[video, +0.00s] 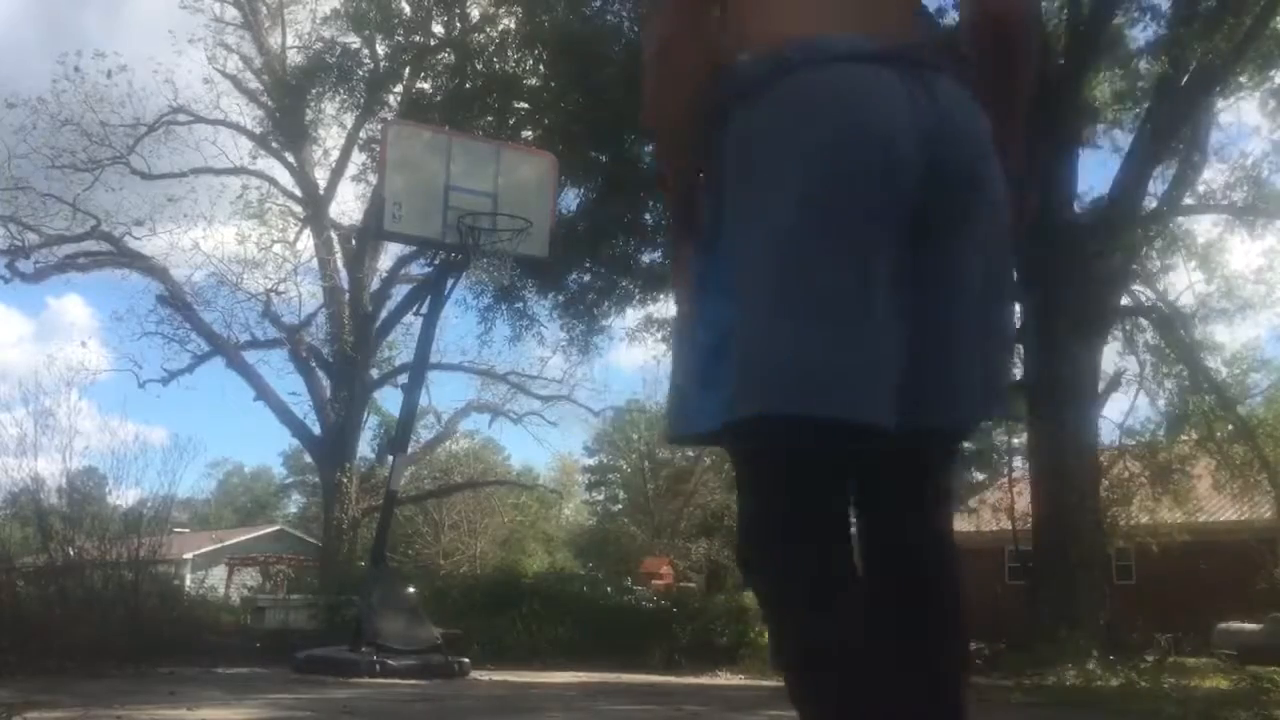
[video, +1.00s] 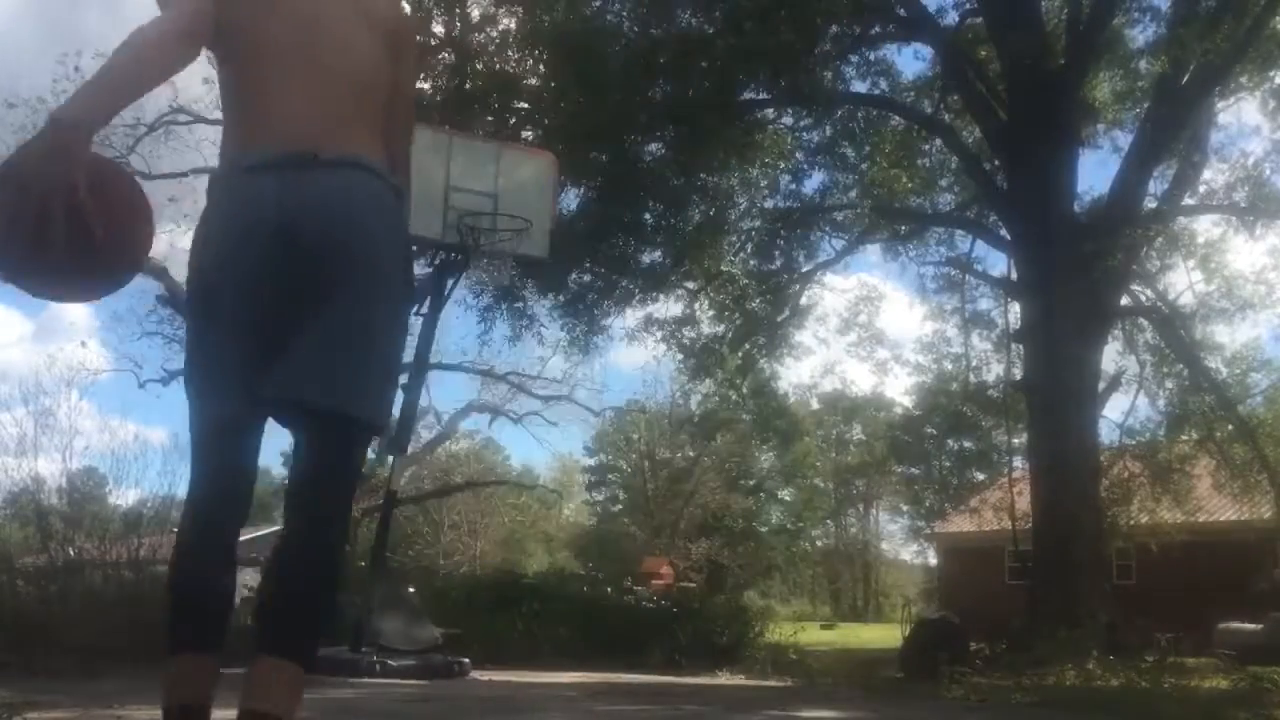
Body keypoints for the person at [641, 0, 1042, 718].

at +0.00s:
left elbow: (678, 44)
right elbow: (1006, 19)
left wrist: (688, 219)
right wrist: (996, 160)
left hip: (803, 135)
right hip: (950, 131)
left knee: (791, 518)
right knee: (914, 503)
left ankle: (844, 701)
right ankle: (929, 703)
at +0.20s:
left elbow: (598, 35)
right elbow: (1005, 17)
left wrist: (570, 234)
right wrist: (1031, 128)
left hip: (723, 160)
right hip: (873, 157)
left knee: (671, 537)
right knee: (876, 540)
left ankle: (732, 701)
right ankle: (901, 705)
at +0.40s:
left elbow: (528, 48)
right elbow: (869, 77)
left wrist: (506, 255)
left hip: (642, 187)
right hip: (787, 184)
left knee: (556, 524)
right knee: (814, 535)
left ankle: (516, 706)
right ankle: (858, 709)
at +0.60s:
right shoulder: (652, 30)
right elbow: (631, 213)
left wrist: (456, 405)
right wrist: (584, 420)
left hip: (531, 291)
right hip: (674, 291)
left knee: (393, 573)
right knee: (748, 608)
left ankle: (314, 708)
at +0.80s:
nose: (310, 19)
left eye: (313, 14)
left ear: (327, 8)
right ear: (410, 9)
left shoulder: (301, 50)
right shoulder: (470, 65)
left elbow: (286, 170)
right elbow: (490, 191)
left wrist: (225, 307)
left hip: (366, 285)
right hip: (488, 285)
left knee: (278, 547)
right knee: (545, 558)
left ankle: (243, 711)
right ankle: (620, 709)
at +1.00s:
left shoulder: (231, 3)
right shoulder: (395, 16)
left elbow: (168, 38)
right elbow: (397, 155)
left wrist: (68, 126)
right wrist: (387, 251)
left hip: (245, 209)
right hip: (361, 216)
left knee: (217, 488)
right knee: (321, 500)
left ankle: (187, 702)